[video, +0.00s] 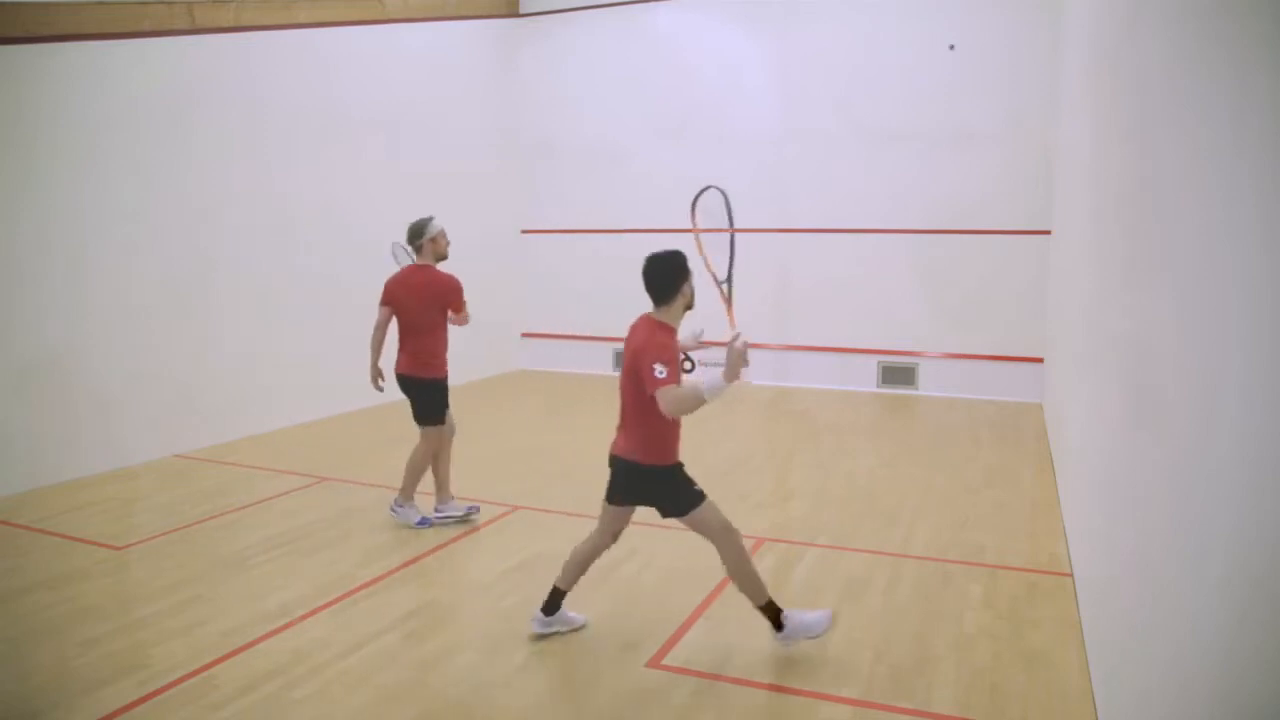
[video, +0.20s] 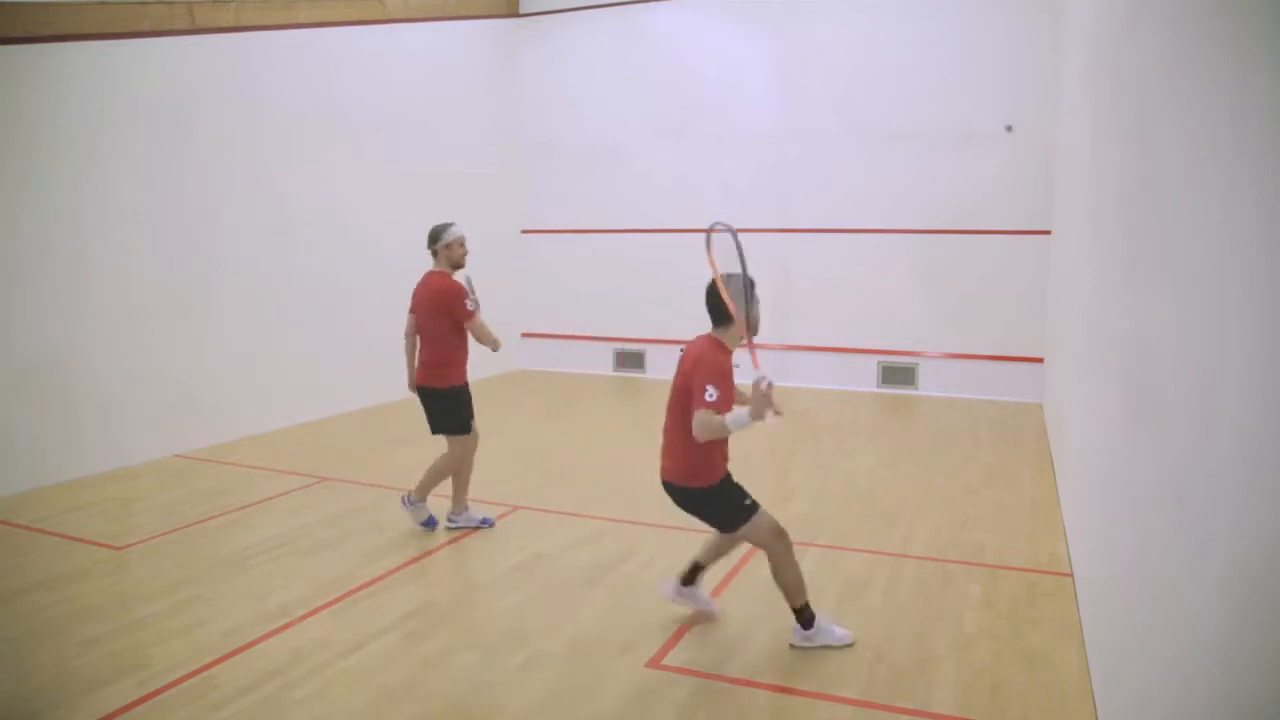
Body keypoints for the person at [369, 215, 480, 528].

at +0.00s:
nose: (448, 242)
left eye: (445, 236)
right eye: (442, 237)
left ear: (418, 245)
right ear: (427, 244)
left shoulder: (396, 281)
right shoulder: (448, 282)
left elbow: (381, 325)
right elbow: (461, 317)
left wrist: (374, 363)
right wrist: (442, 312)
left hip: (407, 371)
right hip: (432, 375)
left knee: (446, 431)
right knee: (431, 438)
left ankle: (444, 502)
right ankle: (404, 502)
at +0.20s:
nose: (465, 250)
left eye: (465, 244)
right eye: (459, 245)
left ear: (441, 251)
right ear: (441, 250)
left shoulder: (423, 285)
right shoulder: (454, 289)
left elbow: (410, 332)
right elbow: (481, 333)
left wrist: (411, 372)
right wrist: (494, 342)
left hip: (431, 379)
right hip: (447, 382)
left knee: (469, 441)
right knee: (461, 448)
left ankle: (459, 510)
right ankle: (415, 498)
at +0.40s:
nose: (477, 247)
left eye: (477, 241)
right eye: (471, 243)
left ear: (463, 246)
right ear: (453, 247)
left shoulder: (452, 280)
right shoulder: (451, 285)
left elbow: (469, 331)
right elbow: (470, 337)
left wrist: (492, 355)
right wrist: (497, 359)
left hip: (454, 378)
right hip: (449, 380)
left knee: (471, 446)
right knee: (469, 447)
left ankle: (459, 512)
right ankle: (453, 525)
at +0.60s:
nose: (486, 256)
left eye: (487, 249)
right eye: (480, 250)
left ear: (477, 252)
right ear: (461, 252)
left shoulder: (461, 287)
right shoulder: (456, 291)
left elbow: (465, 345)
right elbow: (468, 349)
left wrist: (491, 368)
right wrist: (497, 371)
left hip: (462, 387)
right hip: (453, 390)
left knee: (474, 453)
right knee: (467, 460)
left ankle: (460, 516)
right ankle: (453, 544)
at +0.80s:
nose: (495, 254)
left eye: (498, 248)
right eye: (489, 247)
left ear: (495, 249)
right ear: (471, 248)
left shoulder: (469, 283)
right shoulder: (465, 286)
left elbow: (482, 338)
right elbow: (474, 348)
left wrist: (502, 365)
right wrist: (500, 371)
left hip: (467, 386)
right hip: (450, 389)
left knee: (482, 451)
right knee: (464, 461)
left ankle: (458, 518)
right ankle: (452, 543)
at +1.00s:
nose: (504, 258)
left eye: (507, 251)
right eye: (498, 251)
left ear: (507, 252)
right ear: (479, 251)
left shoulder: (473, 286)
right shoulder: (472, 292)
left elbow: (473, 350)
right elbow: (475, 353)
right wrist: (508, 385)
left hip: (458, 391)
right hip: (454, 394)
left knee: (474, 459)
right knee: (469, 461)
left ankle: (462, 531)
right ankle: (454, 537)